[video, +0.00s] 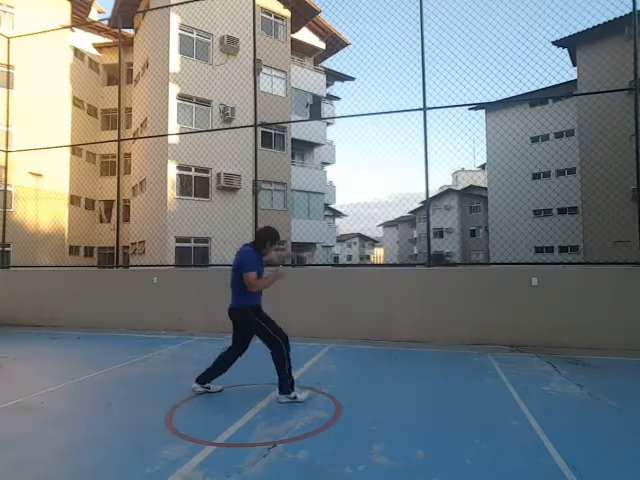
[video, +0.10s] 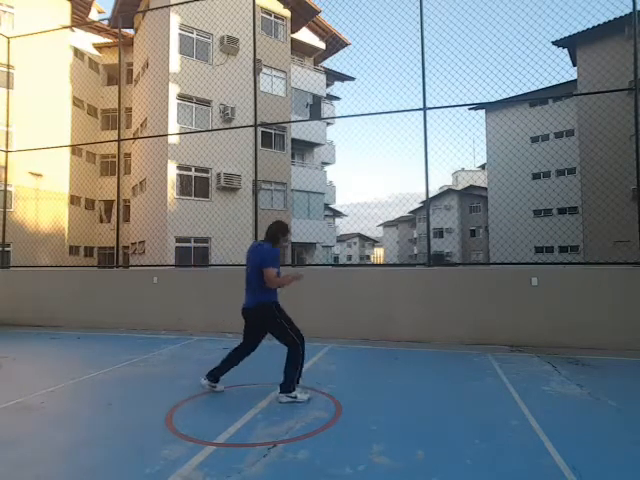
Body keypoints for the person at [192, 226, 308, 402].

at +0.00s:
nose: (273, 250)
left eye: (274, 247)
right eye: (273, 246)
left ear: (259, 240)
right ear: (266, 244)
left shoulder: (250, 253)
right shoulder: (250, 256)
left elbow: (268, 259)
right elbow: (253, 286)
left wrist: (284, 254)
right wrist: (274, 276)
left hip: (242, 310)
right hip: (248, 311)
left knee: (237, 348)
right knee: (279, 341)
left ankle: (202, 382)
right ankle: (287, 391)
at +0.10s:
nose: (286, 241)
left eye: (287, 237)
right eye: (285, 237)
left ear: (269, 233)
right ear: (279, 236)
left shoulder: (254, 248)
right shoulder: (271, 251)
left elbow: (258, 280)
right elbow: (270, 282)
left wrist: (282, 280)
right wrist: (288, 280)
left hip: (251, 309)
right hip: (267, 308)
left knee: (247, 346)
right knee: (297, 342)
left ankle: (212, 377)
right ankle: (288, 390)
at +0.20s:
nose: (291, 231)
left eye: (291, 228)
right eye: (291, 228)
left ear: (271, 226)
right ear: (288, 228)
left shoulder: (257, 244)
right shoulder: (291, 244)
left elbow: (253, 263)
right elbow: (300, 269)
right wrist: (318, 271)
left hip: (263, 302)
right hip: (284, 301)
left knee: (264, 339)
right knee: (300, 343)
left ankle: (244, 383)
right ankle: (289, 389)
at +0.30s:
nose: (291, 227)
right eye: (291, 224)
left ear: (270, 225)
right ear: (289, 225)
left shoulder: (263, 242)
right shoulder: (298, 238)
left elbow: (255, 263)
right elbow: (318, 255)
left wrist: (270, 255)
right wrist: (324, 249)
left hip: (274, 301)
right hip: (298, 299)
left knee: (274, 342)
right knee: (308, 340)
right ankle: (308, 378)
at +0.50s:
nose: (285, 238)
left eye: (286, 235)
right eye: (287, 235)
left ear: (287, 236)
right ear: (303, 233)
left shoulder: (289, 251)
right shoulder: (311, 247)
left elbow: (276, 277)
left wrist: (274, 257)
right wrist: (283, 253)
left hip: (302, 308)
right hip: (322, 305)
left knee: (279, 342)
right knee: (334, 343)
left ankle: (287, 389)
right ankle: (365, 381)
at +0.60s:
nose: (293, 243)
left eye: (293, 240)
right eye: (293, 240)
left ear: (297, 241)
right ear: (311, 238)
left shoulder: (306, 256)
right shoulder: (321, 252)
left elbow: (298, 283)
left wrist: (288, 267)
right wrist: (294, 263)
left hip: (314, 310)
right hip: (333, 308)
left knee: (287, 342)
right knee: (341, 346)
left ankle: (287, 389)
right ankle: (369, 383)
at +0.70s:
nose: (304, 243)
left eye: (305, 239)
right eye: (304, 239)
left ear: (309, 240)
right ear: (321, 237)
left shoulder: (318, 255)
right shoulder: (335, 251)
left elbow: (309, 283)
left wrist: (300, 263)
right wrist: (306, 260)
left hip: (325, 309)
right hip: (344, 308)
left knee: (298, 342)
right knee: (347, 345)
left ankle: (287, 389)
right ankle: (370, 384)